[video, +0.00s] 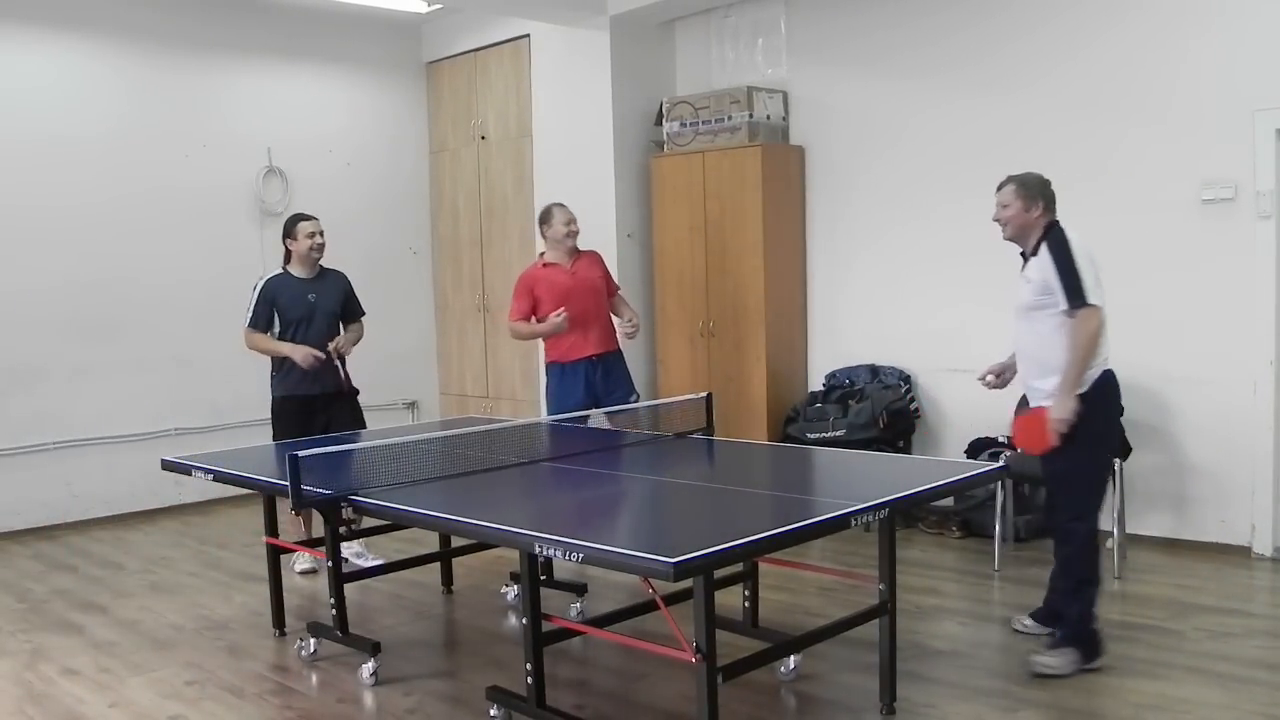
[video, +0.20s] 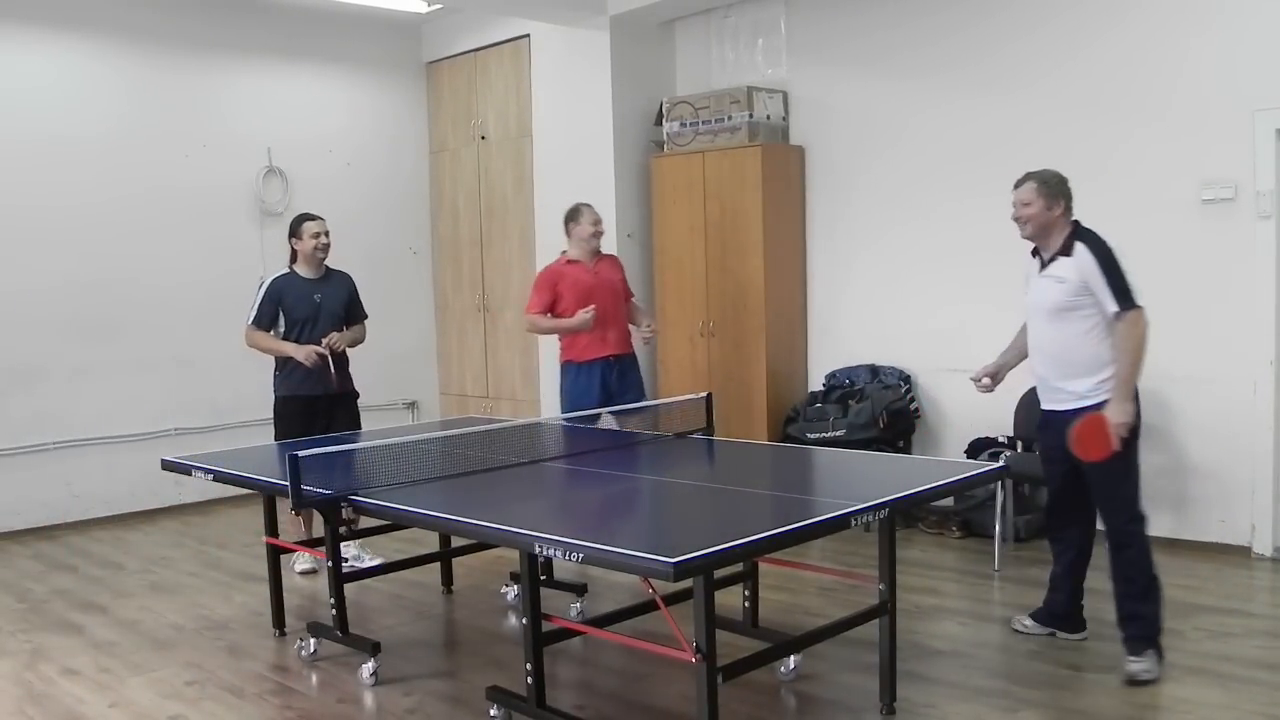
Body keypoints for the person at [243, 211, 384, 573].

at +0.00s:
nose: (320, 241)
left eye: (322, 235)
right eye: (312, 236)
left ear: (324, 240)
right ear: (291, 244)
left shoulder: (338, 280)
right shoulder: (272, 286)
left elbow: (356, 325)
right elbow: (252, 337)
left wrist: (348, 339)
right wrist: (292, 350)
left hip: (337, 393)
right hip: (292, 397)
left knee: (350, 462)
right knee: (296, 472)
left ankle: (346, 540)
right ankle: (306, 546)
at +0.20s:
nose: (325, 241)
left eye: (326, 235)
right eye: (316, 236)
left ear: (330, 240)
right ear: (296, 243)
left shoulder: (343, 282)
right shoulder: (277, 285)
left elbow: (359, 331)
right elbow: (253, 335)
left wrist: (344, 337)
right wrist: (295, 349)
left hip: (339, 394)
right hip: (295, 396)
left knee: (346, 465)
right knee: (298, 471)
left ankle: (346, 542)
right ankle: (305, 546)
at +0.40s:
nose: (338, 242)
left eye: (339, 236)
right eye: (330, 237)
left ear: (341, 241)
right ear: (309, 242)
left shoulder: (352, 284)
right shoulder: (287, 282)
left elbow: (366, 337)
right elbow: (260, 330)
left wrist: (348, 336)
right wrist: (303, 347)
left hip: (344, 394)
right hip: (300, 395)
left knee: (348, 465)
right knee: (302, 470)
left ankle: (345, 543)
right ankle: (307, 546)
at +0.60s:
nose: (343, 242)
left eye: (346, 236)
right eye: (335, 237)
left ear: (348, 241)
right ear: (315, 242)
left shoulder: (357, 285)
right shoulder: (292, 281)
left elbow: (372, 337)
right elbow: (265, 329)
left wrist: (352, 337)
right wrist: (307, 347)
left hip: (346, 394)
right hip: (302, 395)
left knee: (351, 466)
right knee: (298, 469)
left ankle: (348, 543)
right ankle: (293, 543)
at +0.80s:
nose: (332, 241)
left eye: (334, 235)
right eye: (324, 237)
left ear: (338, 239)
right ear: (304, 243)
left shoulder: (350, 282)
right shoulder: (283, 282)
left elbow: (367, 330)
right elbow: (259, 332)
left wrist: (355, 346)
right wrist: (297, 342)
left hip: (343, 398)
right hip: (297, 400)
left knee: (350, 471)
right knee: (288, 480)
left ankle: (346, 546)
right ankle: (272, 554)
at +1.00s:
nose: (310, 243)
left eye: (312, 236)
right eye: (301, 238)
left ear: (315, 241)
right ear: (281, 245)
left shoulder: (331, 283)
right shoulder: (263, 287)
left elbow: (350, 329)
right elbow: (242, 339)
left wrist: (341, 342)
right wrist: (287, 341)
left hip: (328, 402)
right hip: (281, 406)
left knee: (339, 476)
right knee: (276, 488)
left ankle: (342, 550)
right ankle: (270, 561)